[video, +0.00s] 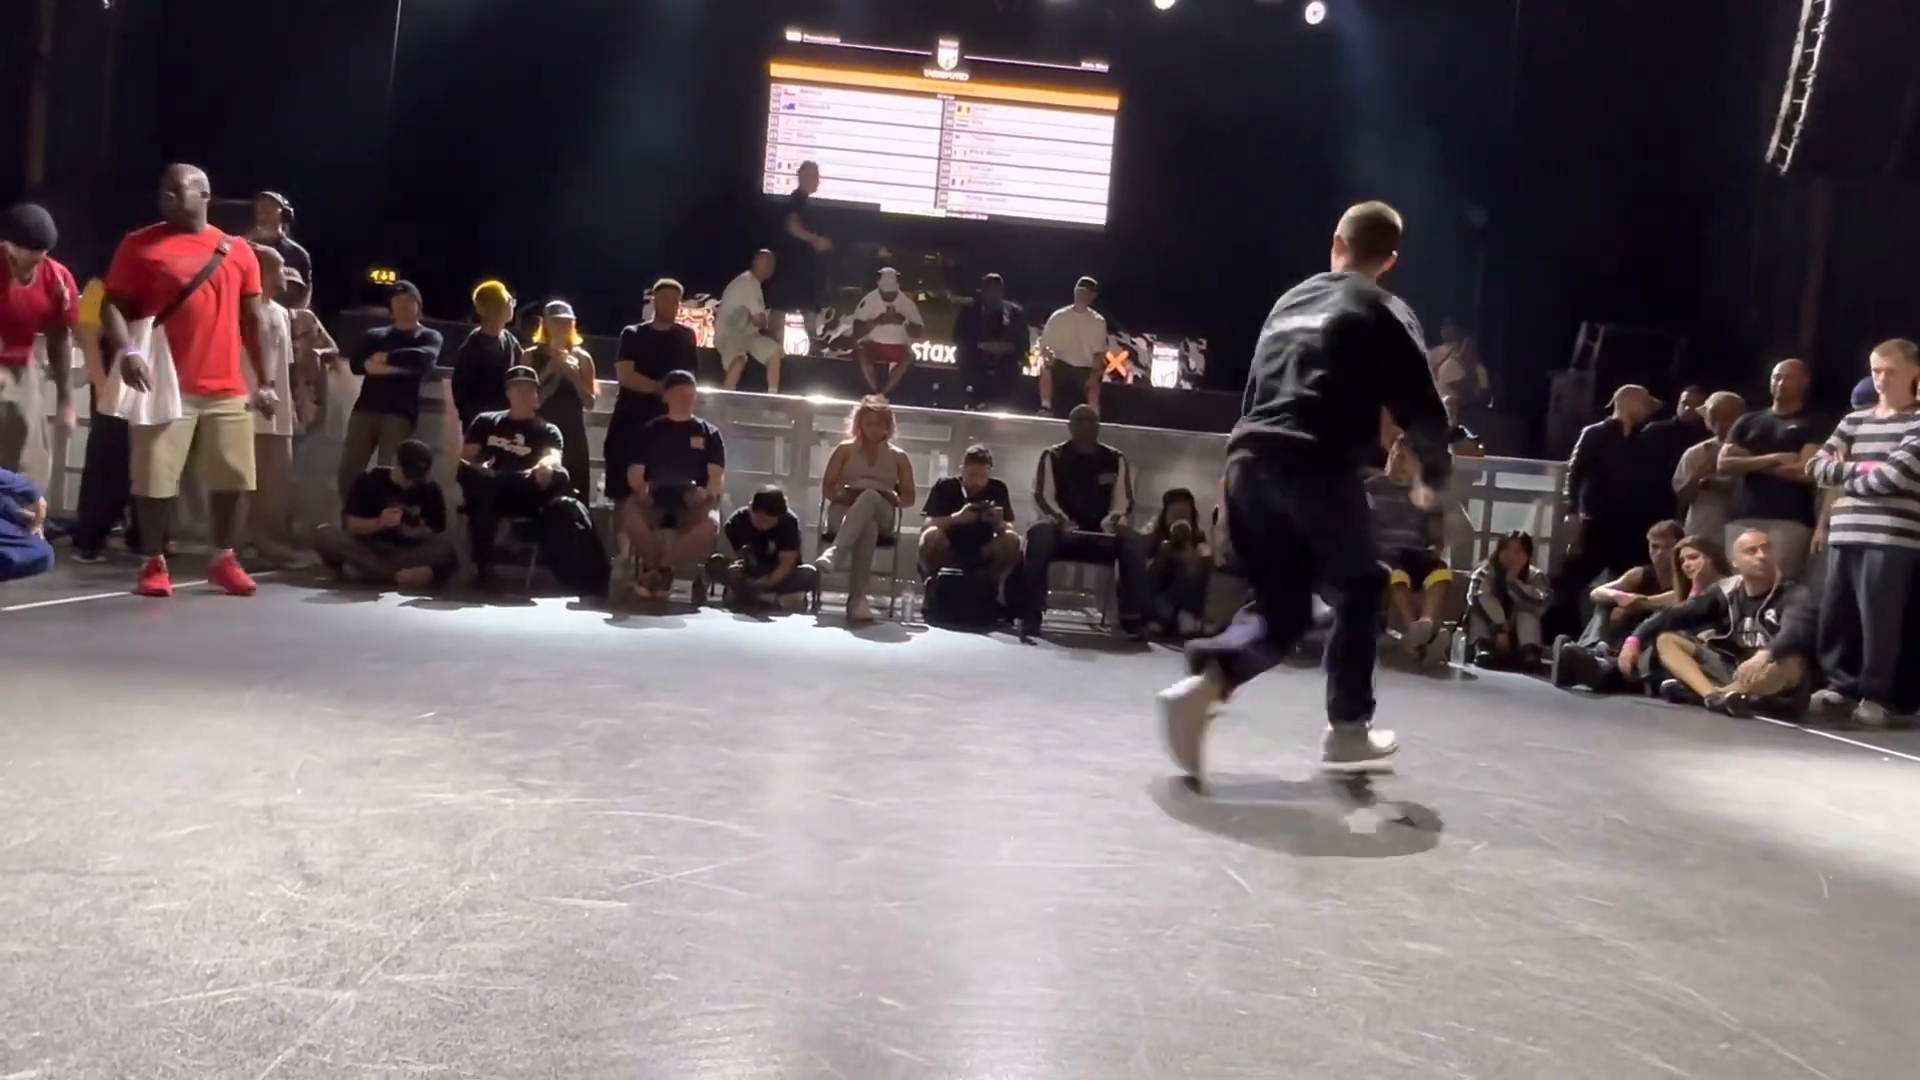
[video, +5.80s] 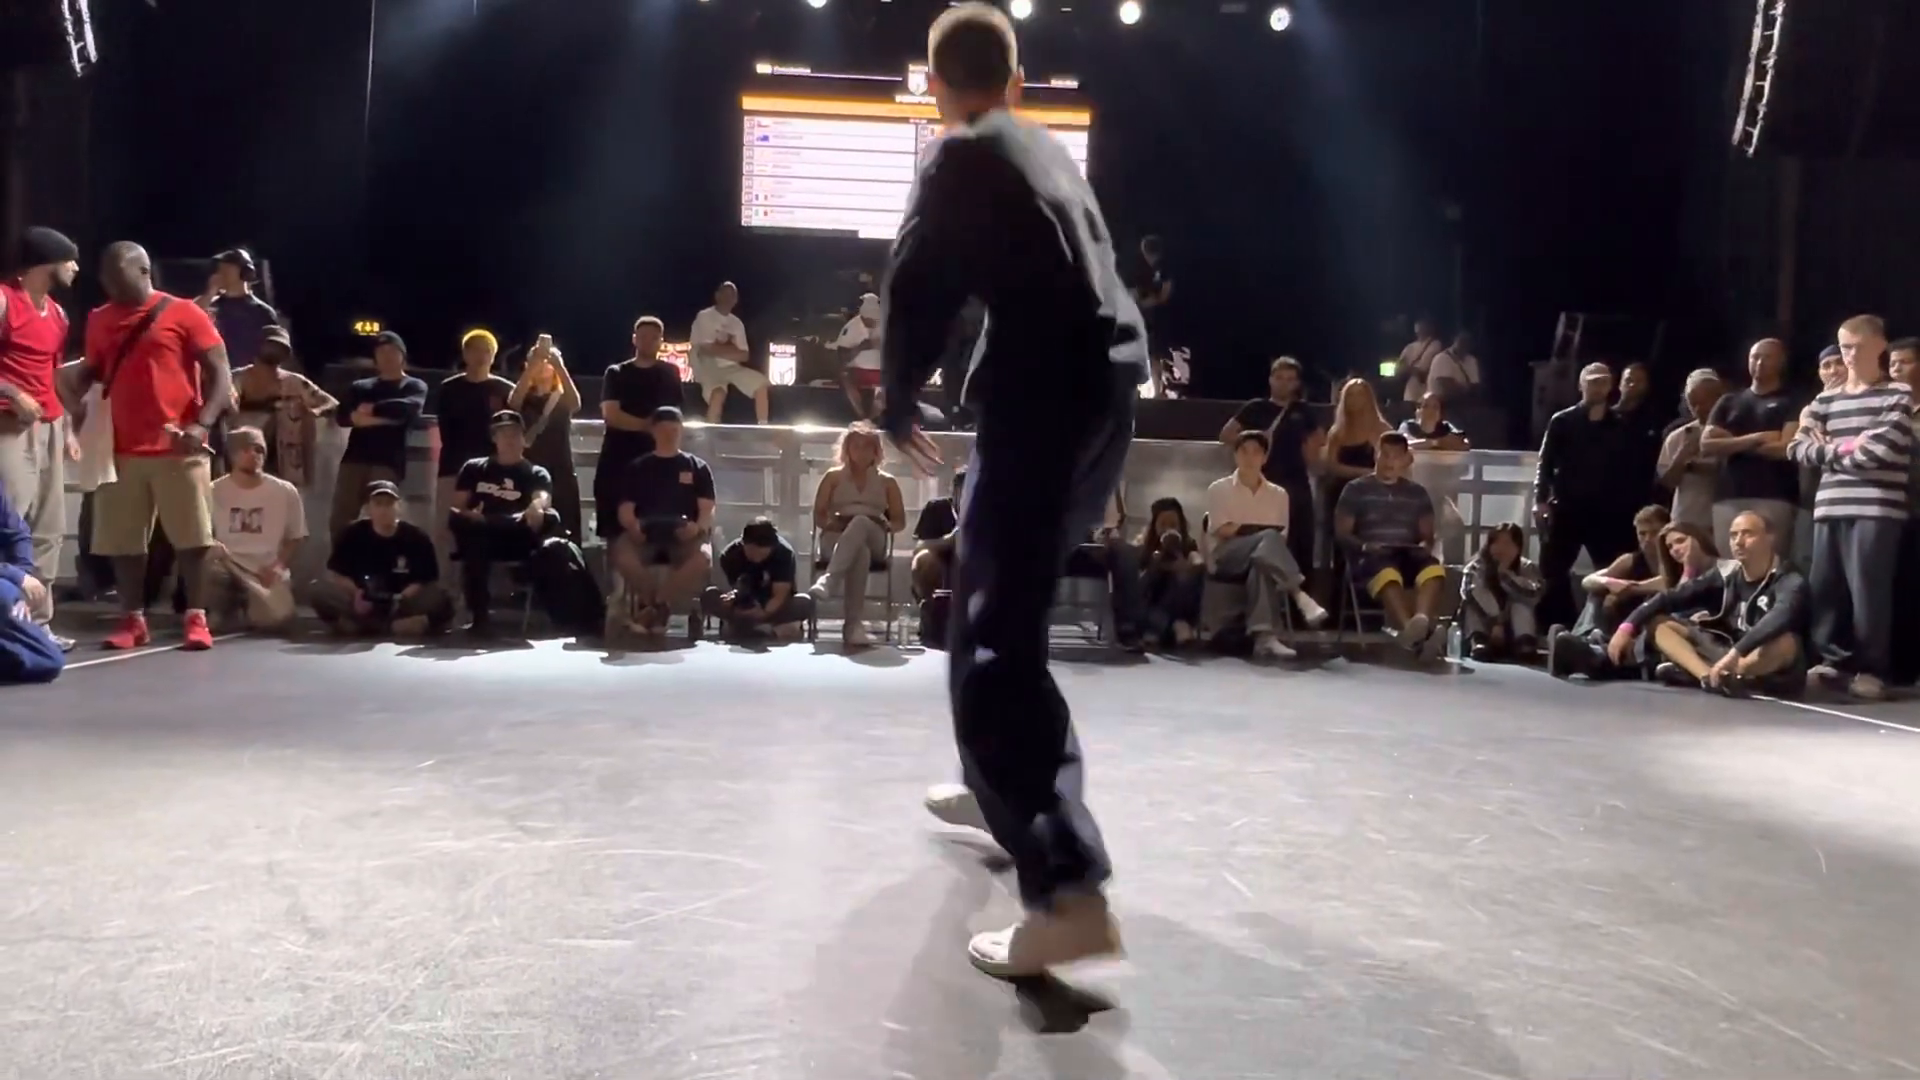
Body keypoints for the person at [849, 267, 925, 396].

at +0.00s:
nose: (889, 297)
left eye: (892, 293)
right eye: (885, 293)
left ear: (897, 289)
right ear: (879, 289)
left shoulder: (906, 302)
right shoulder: (869, 300)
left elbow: (918, 333)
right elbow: (856, 331)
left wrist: (903, 321)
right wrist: (879, 320)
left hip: (898, 346)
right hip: (873, 344)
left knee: (909, 357)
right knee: (861, 352)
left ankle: (884, 393)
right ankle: (875, 391)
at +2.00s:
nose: (890, 296)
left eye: (893, 293)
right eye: (886, 293)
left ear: (898, 290)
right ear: (880, 290)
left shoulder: (907, 303)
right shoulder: (869, 300)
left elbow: (918, 332)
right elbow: (858, 330)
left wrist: (904, 322)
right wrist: (879, 321)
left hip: (899, 347)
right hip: (873, 344)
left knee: (909, 357)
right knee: (863, 352)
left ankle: (885, 393)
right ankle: (875, 392)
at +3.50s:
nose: (876, 305)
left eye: (880, 301)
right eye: (873, 301)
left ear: (885, 298)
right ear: (867, 298)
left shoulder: (894, 310)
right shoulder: (856, 309)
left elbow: (905, 340)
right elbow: (845, 339)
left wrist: (891, 330)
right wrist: (866, 330)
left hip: (887, 354)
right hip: (860, 352)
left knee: (897, 365)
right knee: (851, 362)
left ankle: (874, 401)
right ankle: (863, 398)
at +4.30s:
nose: (859, 303)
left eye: (862, 300)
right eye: (855, 300)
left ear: (867, 296)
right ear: (849, 296)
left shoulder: (876, 307)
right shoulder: (840, 307)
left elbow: (890, 337)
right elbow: (828, 339)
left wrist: (875, 327)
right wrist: (849, 328)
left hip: (871, 353)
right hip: (845, 351)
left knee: (882, 364)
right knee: (833, 357)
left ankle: (858, 400)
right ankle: (849, 398)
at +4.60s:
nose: (861, 313)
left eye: (865, 310)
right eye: (857, 310)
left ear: (870, 307)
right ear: (851, 306)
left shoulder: (879, 319)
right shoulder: (841, 318)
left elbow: (891, 347)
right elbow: (831, 349)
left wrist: (876, 338)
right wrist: (850, 338)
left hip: (873, 363)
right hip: (847, 361)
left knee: (883, 374)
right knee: (836, 371)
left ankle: (860, 411)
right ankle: (852, 410)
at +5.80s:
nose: (873, 323)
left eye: (876, 319)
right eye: (870, 319)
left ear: (879, 317)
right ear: (862, 316)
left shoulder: (883, 326)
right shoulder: (852, 328)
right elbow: (842, 357)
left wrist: (881, 343)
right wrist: (862, 346)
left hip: (880, 374)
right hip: (859, 373)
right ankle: (862, 416)